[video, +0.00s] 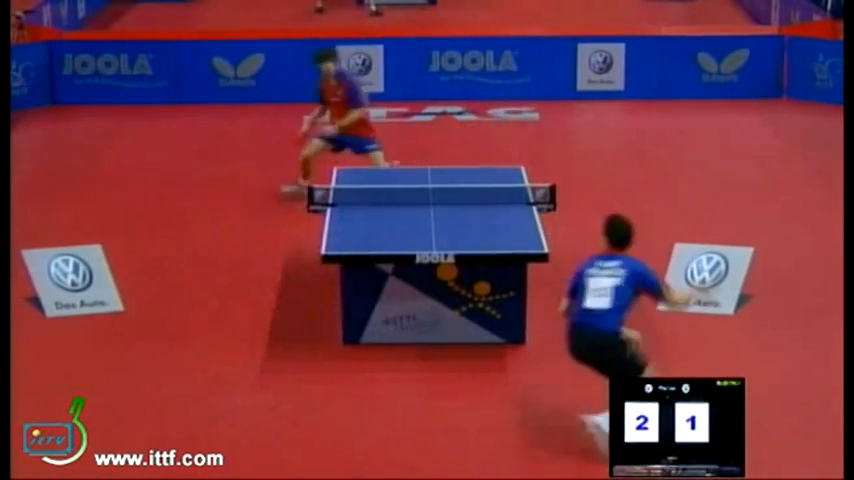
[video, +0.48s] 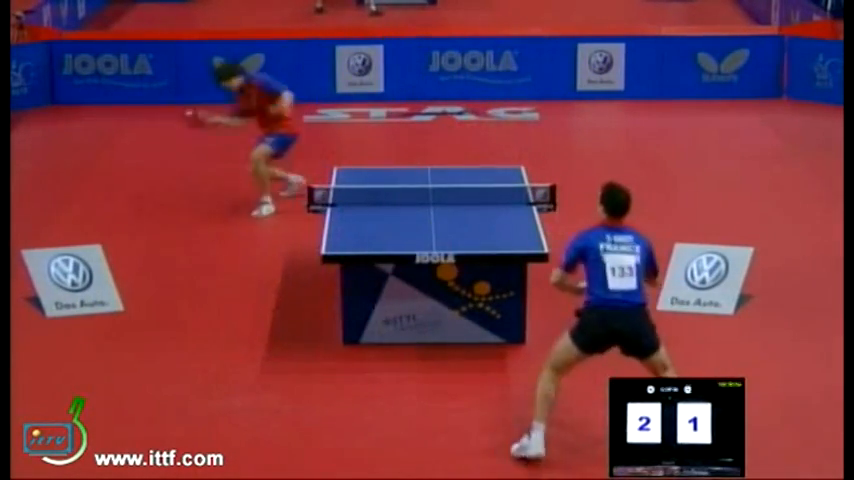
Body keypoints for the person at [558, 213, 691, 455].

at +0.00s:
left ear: (605, 237)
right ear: (631, 239)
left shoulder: (588, 265)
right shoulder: (633, 268)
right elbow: (668, 297)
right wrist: (687, 298)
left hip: (577, 340)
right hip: (605, 341)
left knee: (624, 373)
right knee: (641, 373)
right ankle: (607, 419)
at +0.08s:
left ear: (618, 231)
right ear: (642, 233)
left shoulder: (597, 258)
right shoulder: (645, 264)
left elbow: (568, 297)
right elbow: (668, 310)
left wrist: (578, 326)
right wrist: (688, 317)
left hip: (589, 329)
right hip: (621, 331)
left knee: (636, 373)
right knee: (659, 372)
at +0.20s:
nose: (622, 220)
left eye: (623, 217)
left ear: (625, 221)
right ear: (650, 224)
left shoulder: (604, 251)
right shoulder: (658, 257)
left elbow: (577, 291)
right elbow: (670, 309)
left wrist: (579, 320)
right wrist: (665, 301)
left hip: (604, 322)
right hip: (639, 326)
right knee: (666, 374)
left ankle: (602, 406)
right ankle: (671, 421)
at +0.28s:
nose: (618, 220)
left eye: (620, 217)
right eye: (621, 216)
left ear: (622, 221)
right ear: (647, 222)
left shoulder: (605, 251)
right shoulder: (657, 254)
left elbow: (577, 293)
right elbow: (670, 300)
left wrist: (586, 315)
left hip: (610, 325)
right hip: (647, 327)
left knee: (584, 352)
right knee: (679, 374)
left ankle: (567, 407)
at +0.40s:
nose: (610, 213)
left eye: (611, 209)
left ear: (610, 213)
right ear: (636, 214)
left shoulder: (595, 244)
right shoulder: (649, 246)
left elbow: (566, 283)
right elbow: (661, 286)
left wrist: (585, 294)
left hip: (604, 324)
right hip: (642, 325)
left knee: (564, 378)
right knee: (679, 378)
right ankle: (689, 444)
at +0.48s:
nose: (600, 207)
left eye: (601, 203)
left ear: (601, 207)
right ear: (627, 209)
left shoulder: (587, 238)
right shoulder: (639, 240)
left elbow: (558, 279)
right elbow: (653, 278)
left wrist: (582, 288)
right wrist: (628, 267)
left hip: (598, 317)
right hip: (635, 318)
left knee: (553, 369)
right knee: (666, 372)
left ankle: (536, 438)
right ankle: (681, 439)